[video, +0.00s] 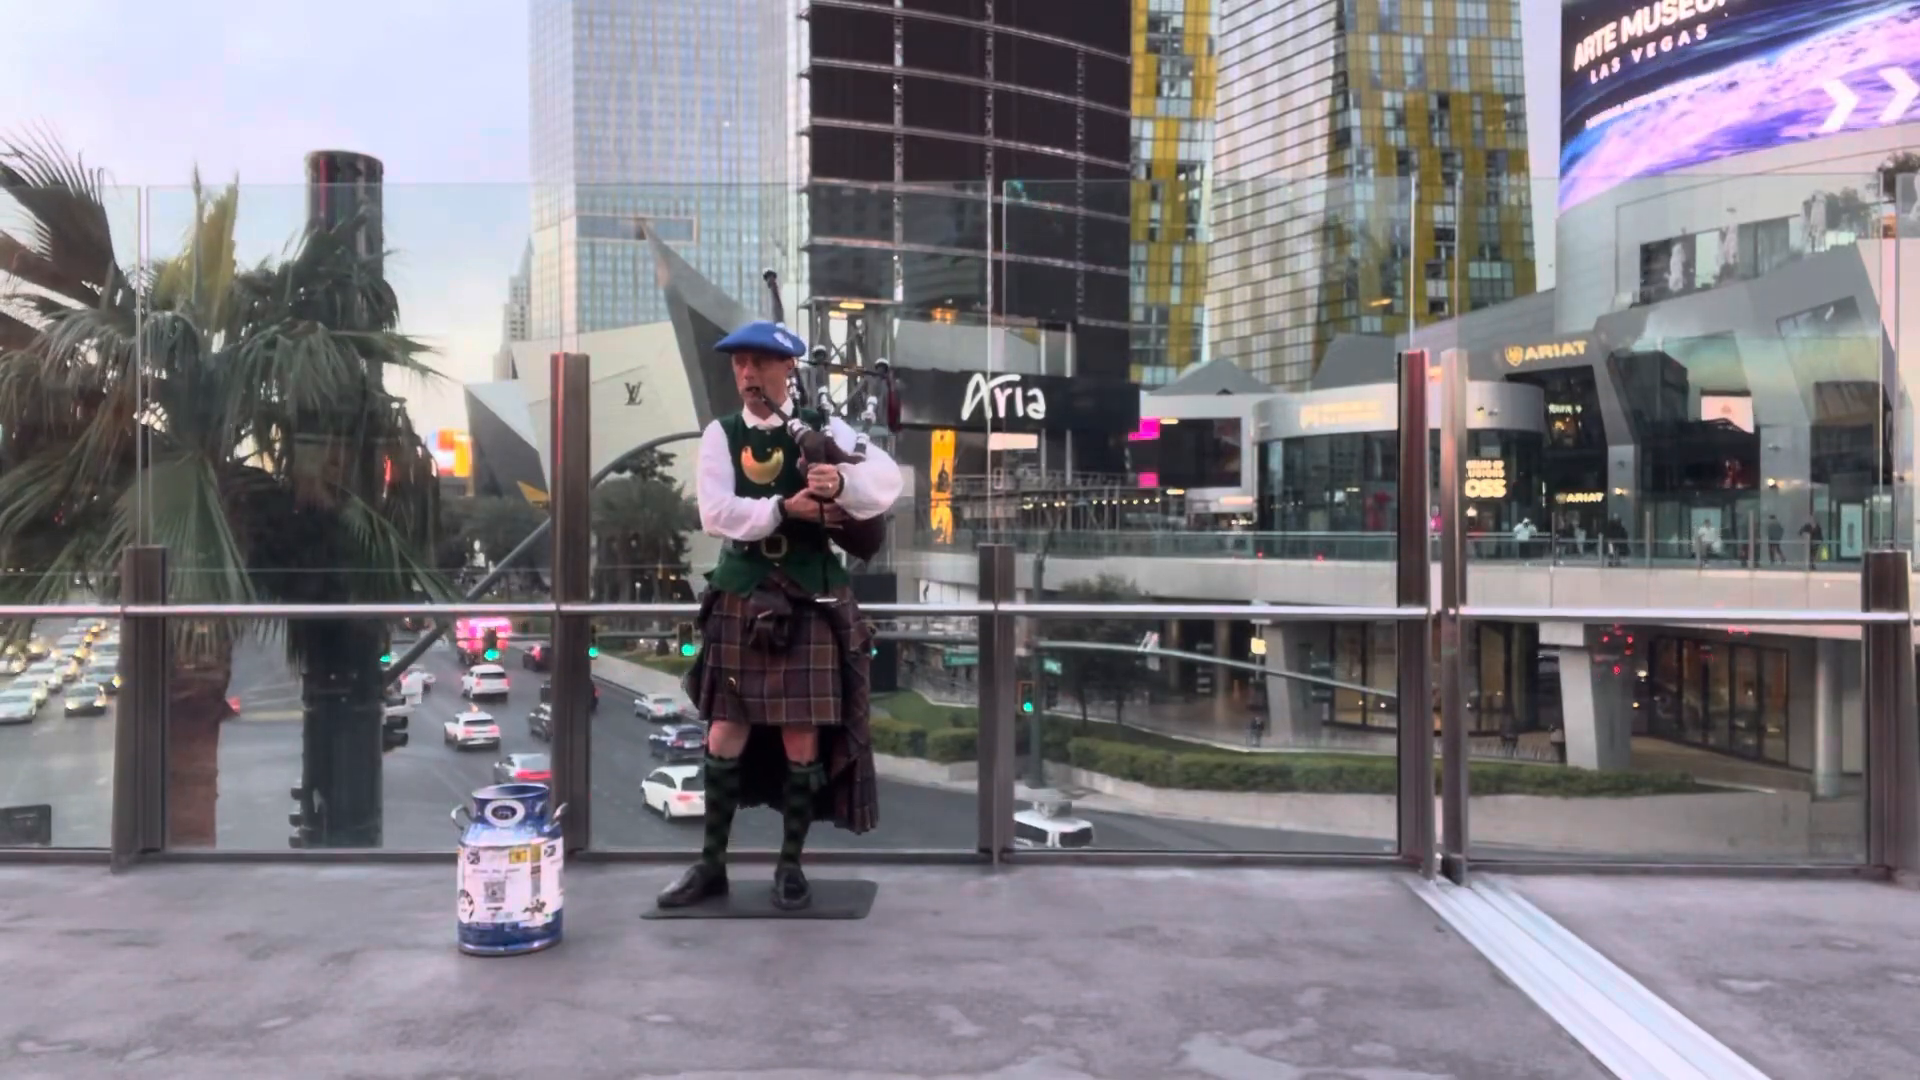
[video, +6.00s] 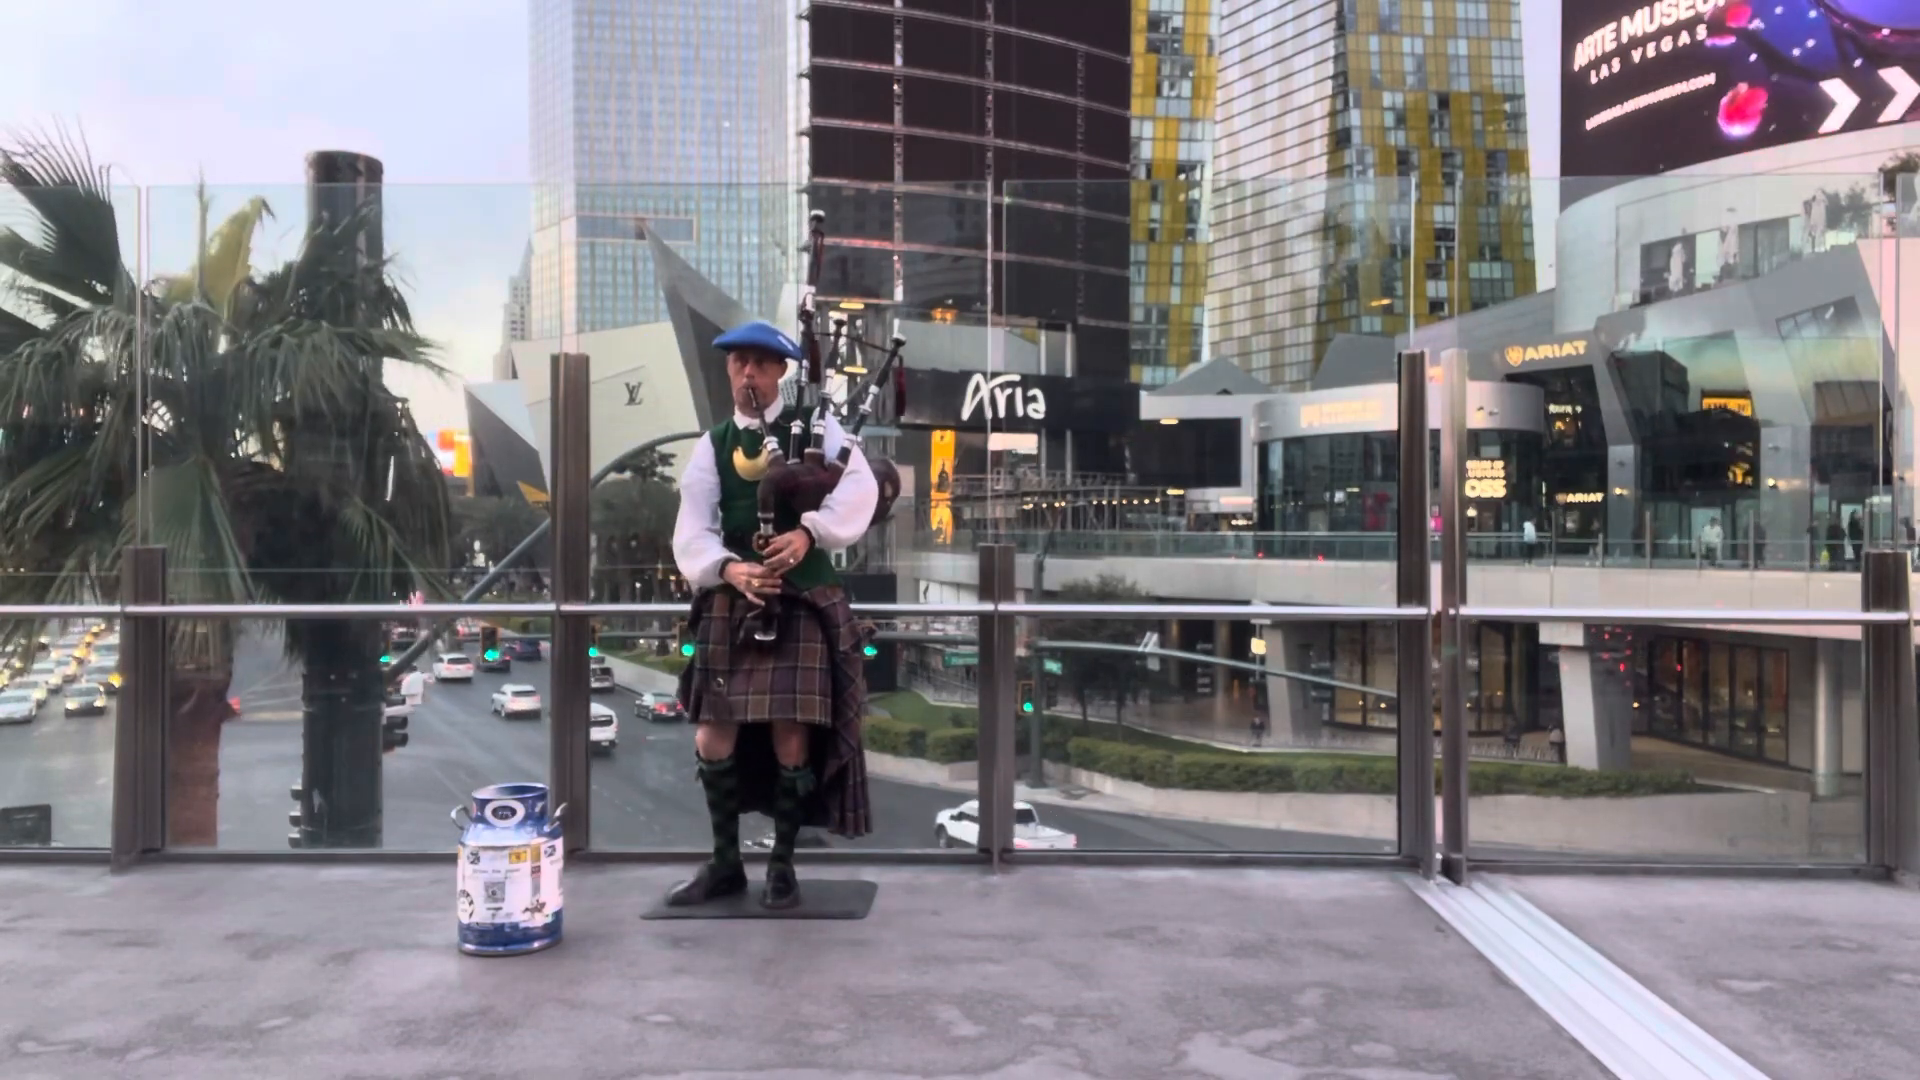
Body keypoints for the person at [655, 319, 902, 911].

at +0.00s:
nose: (746, 372)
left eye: (759, 361)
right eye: (740, 362)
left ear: (789, 367)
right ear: (732, 370)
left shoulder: (824, 429)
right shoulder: (721, 433)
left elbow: (890, 480)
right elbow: (715, 511)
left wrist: (842, 482)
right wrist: (784, 509)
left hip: (810, 595)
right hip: (741, 593)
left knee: (800, 731)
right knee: (725, 730)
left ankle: (790, 864)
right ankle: (712, 865)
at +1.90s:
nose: (678, 374)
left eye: (690, 362)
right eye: (669, 363)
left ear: (717, 366)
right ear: (662, 371)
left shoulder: (763, 428)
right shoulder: (654, 443)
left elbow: (816, 484)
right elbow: (634, 527)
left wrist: (770, 520)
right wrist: (695, 524)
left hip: (760, 592)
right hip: (687, 597)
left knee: (769, 729)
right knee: (699, 732)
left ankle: (786, 864)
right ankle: (715, 864)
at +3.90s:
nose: (739, 374)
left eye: (752, 362)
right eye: (730, 363)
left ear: (776, 371)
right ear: (716, 371)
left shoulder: (808, 429)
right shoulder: (702, 443)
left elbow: (856, 484)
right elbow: (682, 531)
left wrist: (809, 527)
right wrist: (724, 566)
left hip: (796, 596)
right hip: (722, 596)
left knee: (787, 729)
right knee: (704, 732)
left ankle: (781, 863)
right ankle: (721, 860)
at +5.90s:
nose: (747, 373)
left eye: (759, 362)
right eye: (738, 362)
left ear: (783, 371)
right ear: (726, 371)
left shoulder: (818, 427)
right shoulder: (711, 445)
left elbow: (859, 487)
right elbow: (691, 531)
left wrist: (809, 531)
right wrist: (726, 567)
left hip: (801, 595)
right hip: (729, 594)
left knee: (789, 728)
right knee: (713, 730)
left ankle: (781, 864)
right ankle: (725, 862)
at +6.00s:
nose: (747, 374)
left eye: (760, 363)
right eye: (739, 362)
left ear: (784, 371)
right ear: (727, 371)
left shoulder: (819, 428)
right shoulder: (712, 445)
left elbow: (861, 487)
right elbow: (691, 530)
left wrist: (811, 532)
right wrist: (727, 567)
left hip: (802, 596)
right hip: (730, 594)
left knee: (789, 728)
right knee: (713, 730)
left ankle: (781, 863)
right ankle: (725, 862)